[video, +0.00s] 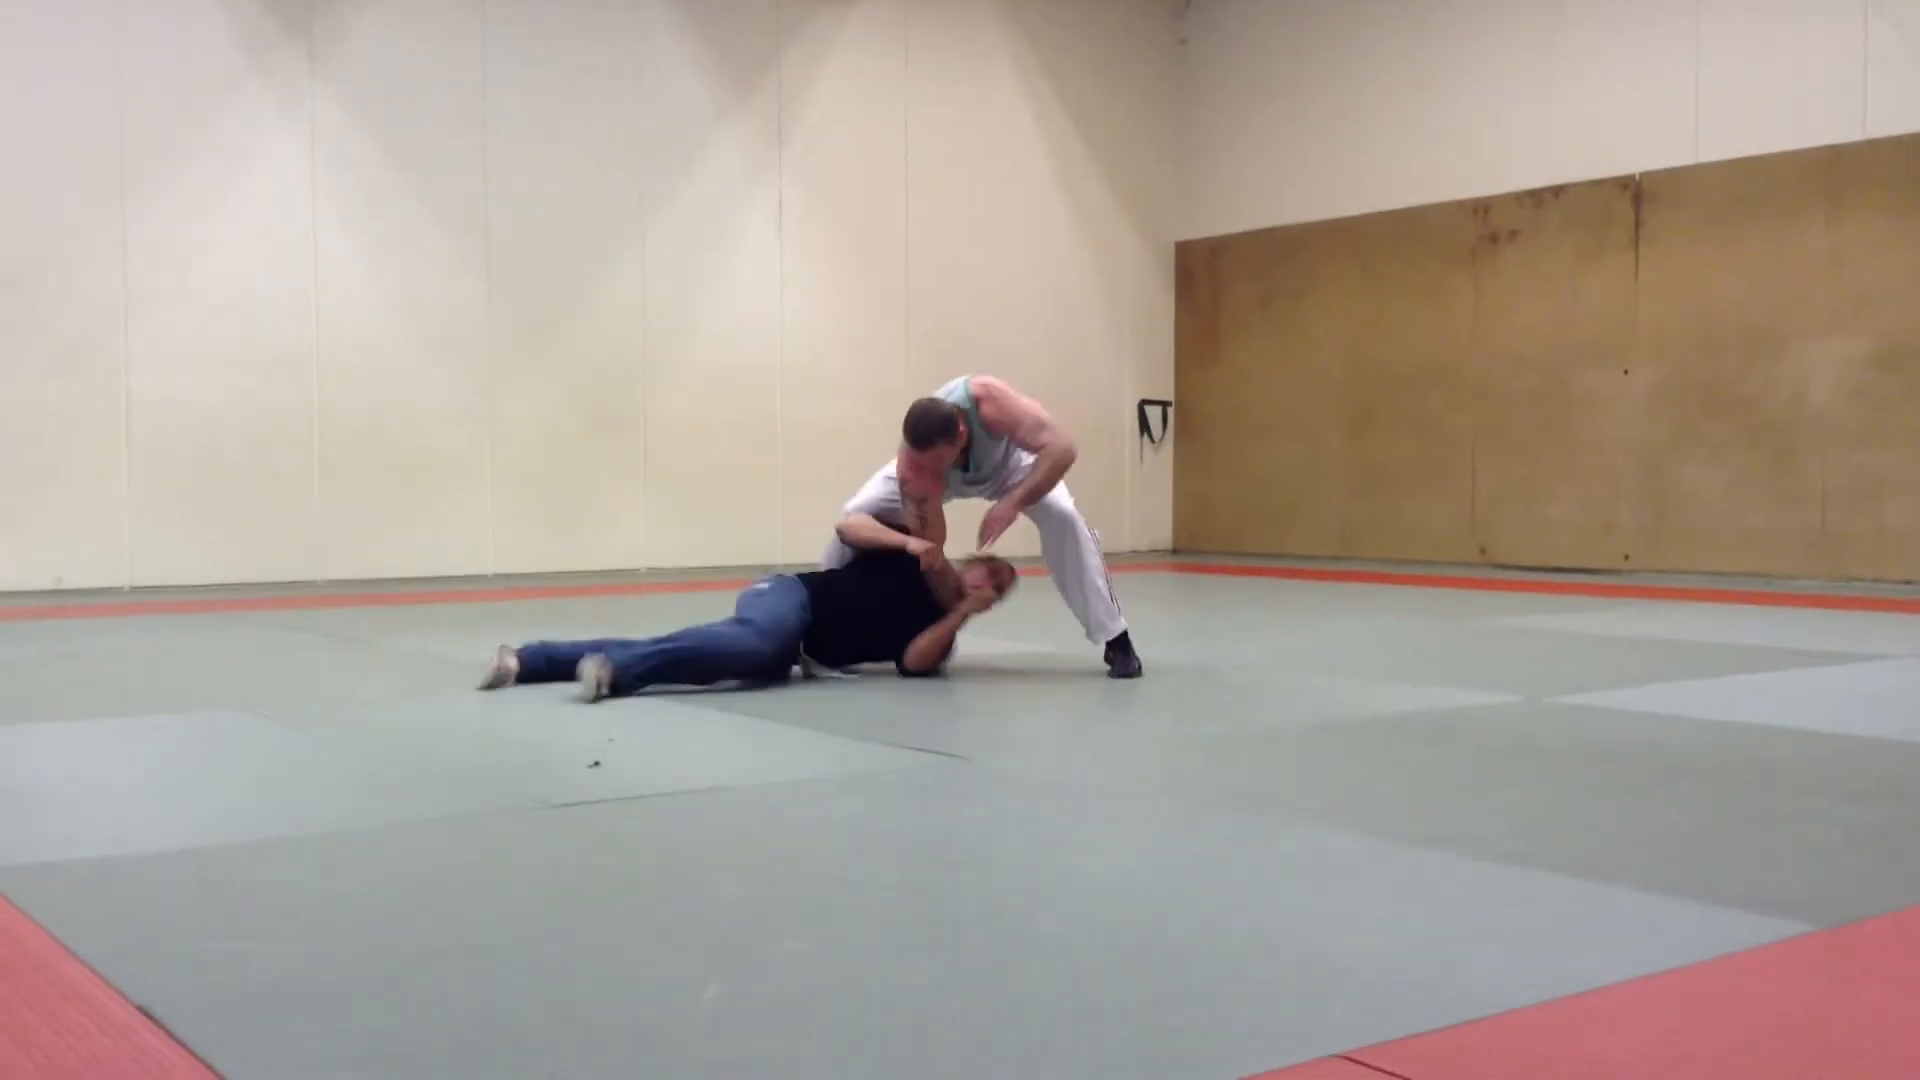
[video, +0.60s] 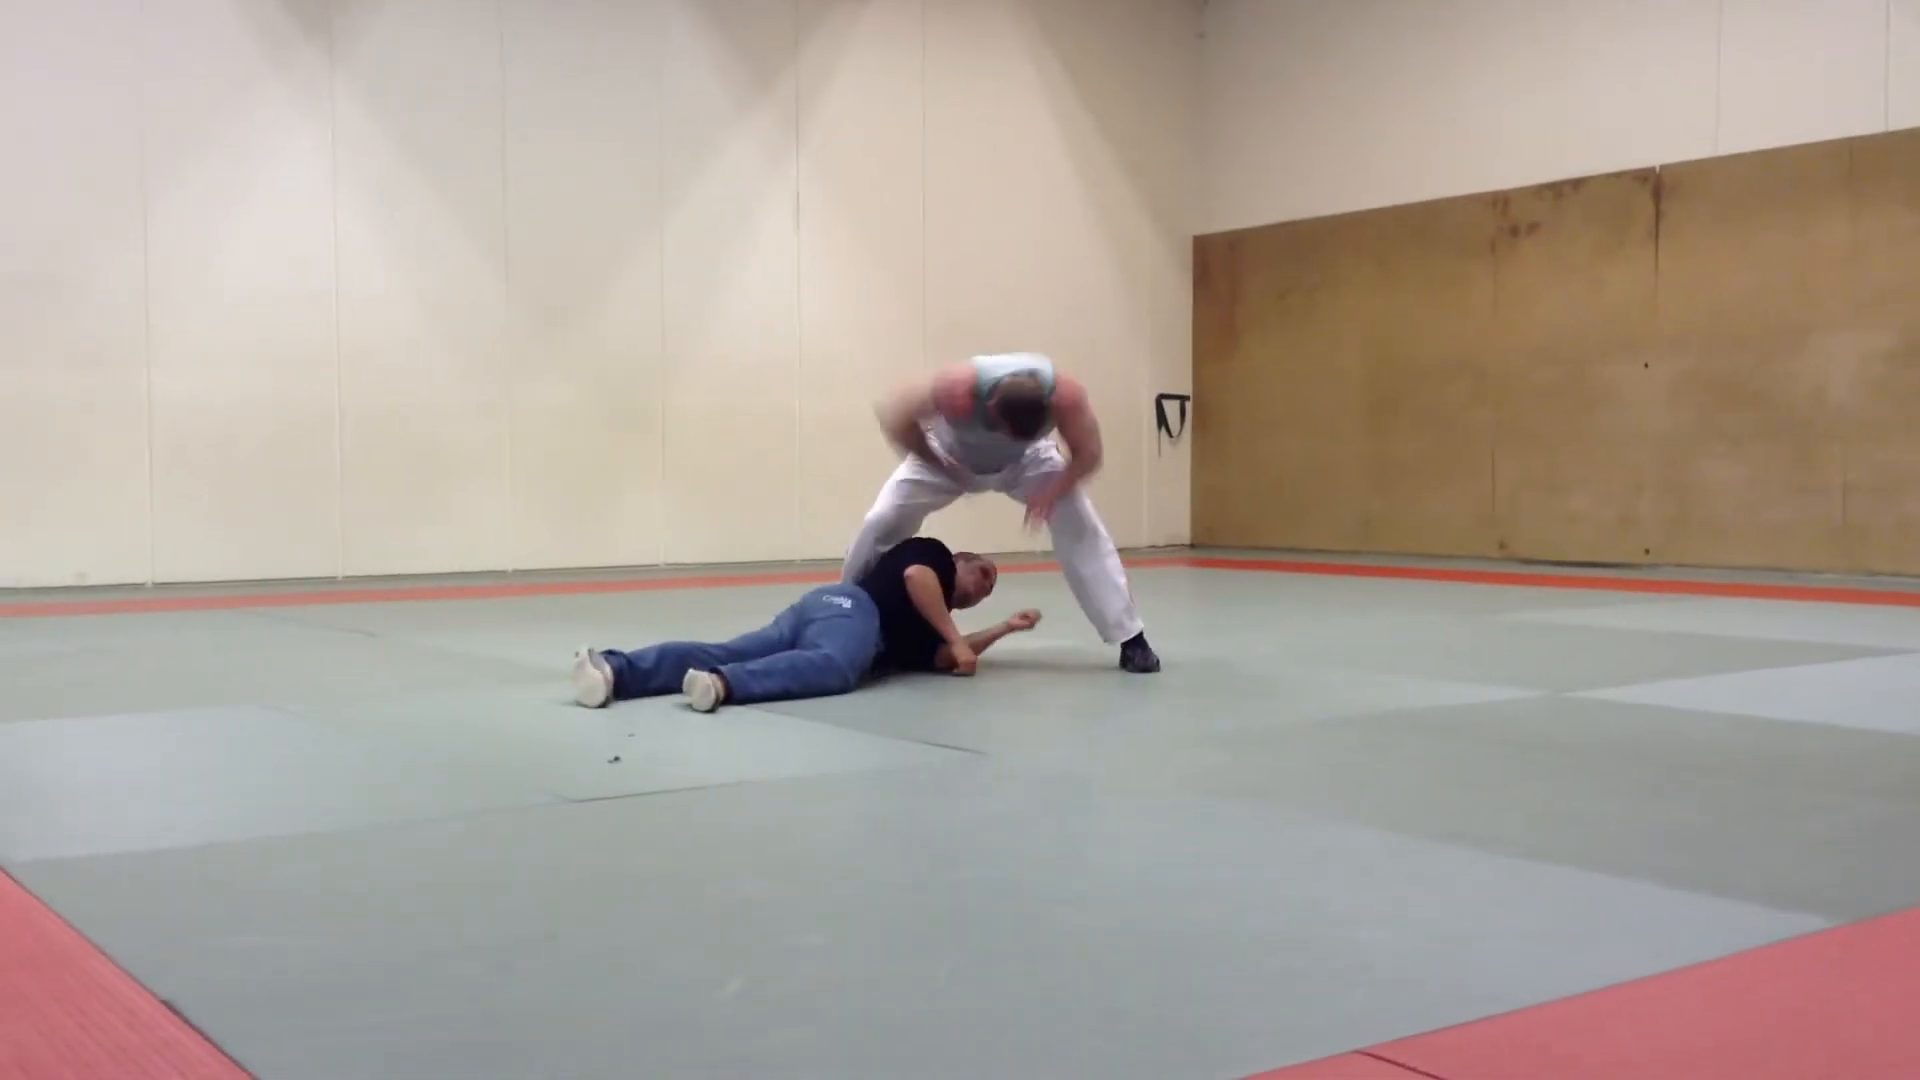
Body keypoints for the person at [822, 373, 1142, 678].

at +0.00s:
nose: (927, 474)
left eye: (934, 463)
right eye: (921, 466)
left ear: (960, 435)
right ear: (909, 451)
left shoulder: (987, 398)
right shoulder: (914, 467)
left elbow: (1063, 450)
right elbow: (931, 551)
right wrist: (939, 626)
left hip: (1006, 463)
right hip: (938, 478)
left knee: (1061, 515)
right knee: (855, 524)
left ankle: (1114, 638)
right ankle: (830, 634)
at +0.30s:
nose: (938, 484)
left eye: (948, 472)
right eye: (933, 476)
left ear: (970, 444)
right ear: (918, 453)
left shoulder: (992, 397)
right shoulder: (913, 456)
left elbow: (1041, 460)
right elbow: (929, 535)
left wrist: (989, 514)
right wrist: (946, 608)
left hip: (1003, 461)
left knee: (1060, 525)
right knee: (855, 520)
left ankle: (1120, 635)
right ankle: (834, 623)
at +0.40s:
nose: (966, 461)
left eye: (976, 454)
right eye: (953, 455)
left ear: (992, 424)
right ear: (936, 427)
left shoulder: (1017, 405)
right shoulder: (916, 410)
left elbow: (1040, 492)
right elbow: (905, 490)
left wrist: (987, 550)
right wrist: (947, 551)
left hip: (1013, 458)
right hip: (937, 459)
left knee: (1073, 519)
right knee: (863, 517)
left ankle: (1124, 635)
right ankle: (835, 622)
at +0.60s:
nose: (1017, 439)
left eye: (1026, 437)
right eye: (1011, 433)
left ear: (1044, 412)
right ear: (995, 408)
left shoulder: (1064, 395)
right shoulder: (961, 387)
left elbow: (1089, 454)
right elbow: (894, 417)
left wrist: (1051, 494)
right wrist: (938, 466)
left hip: (1027, 458)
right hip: (952, 457)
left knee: (1081, 522)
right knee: (882, 522)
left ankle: (1131, 639)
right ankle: (845, 615)